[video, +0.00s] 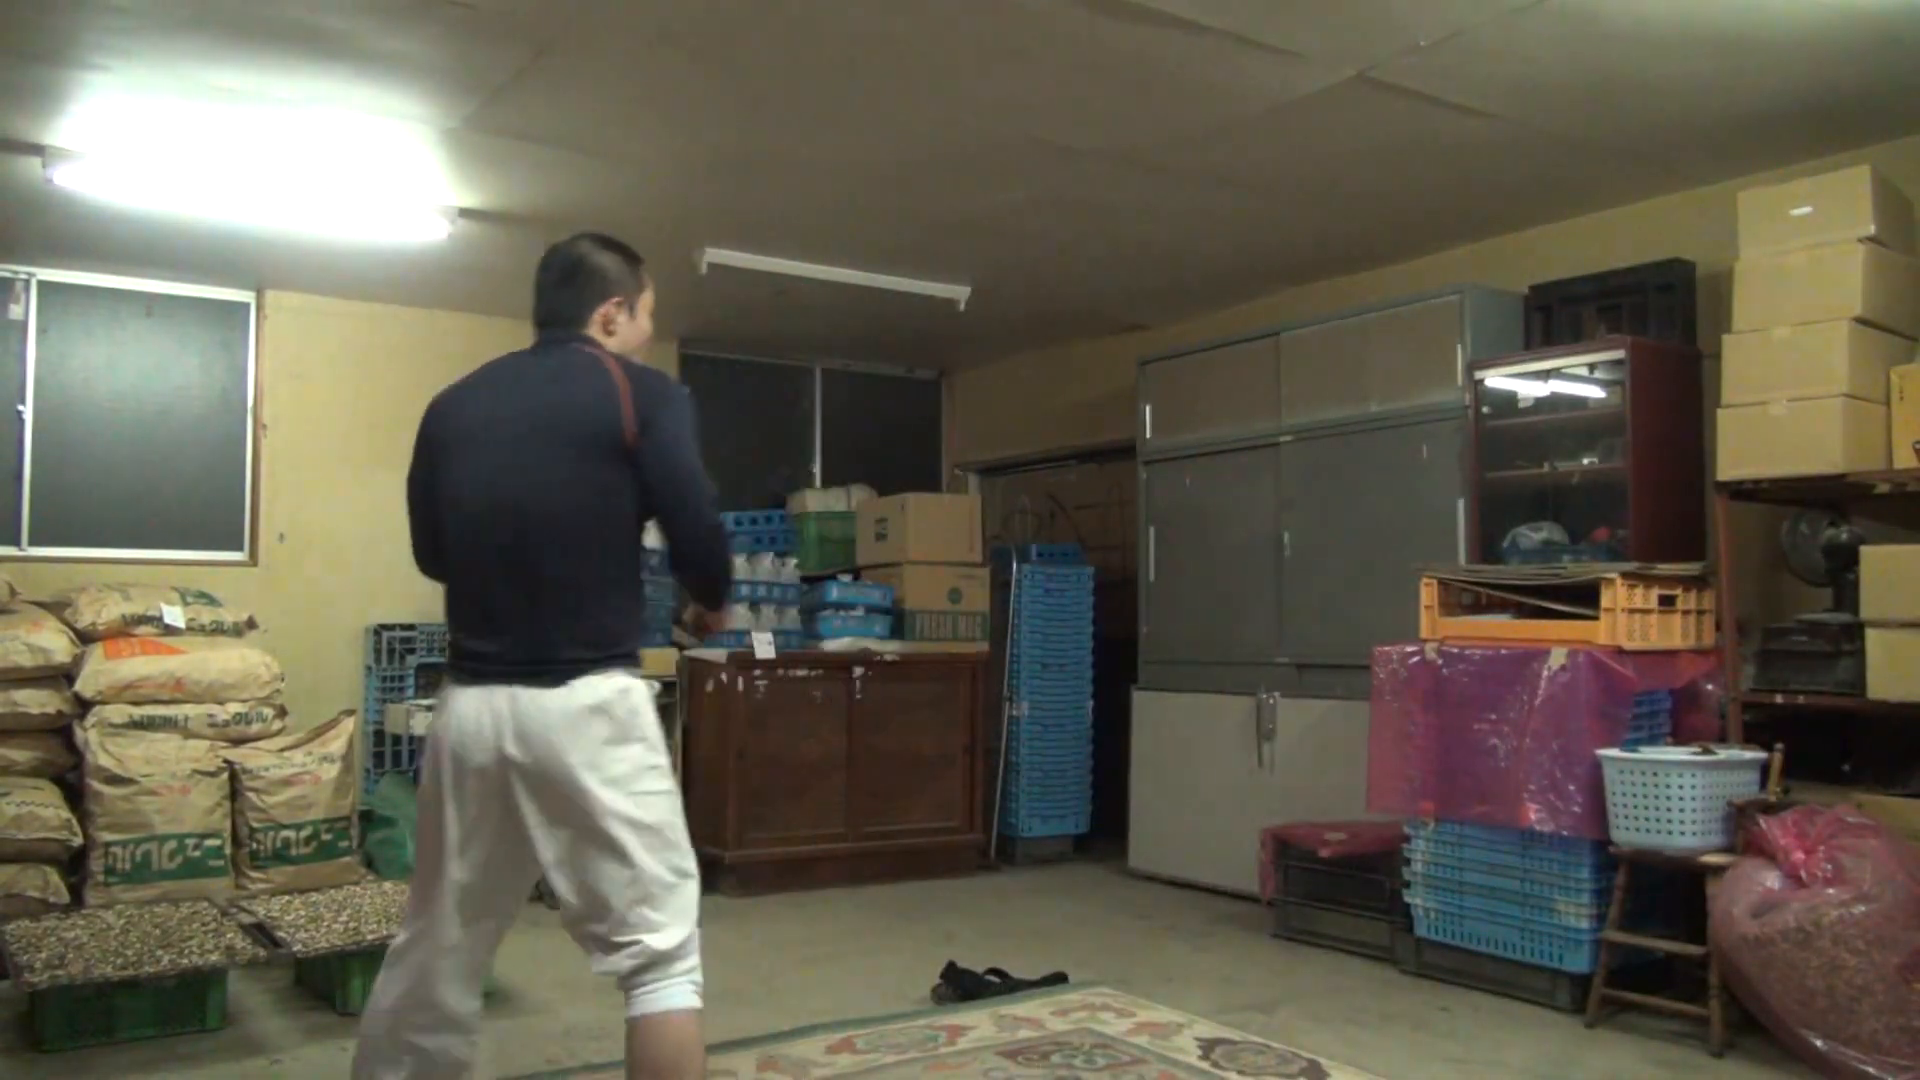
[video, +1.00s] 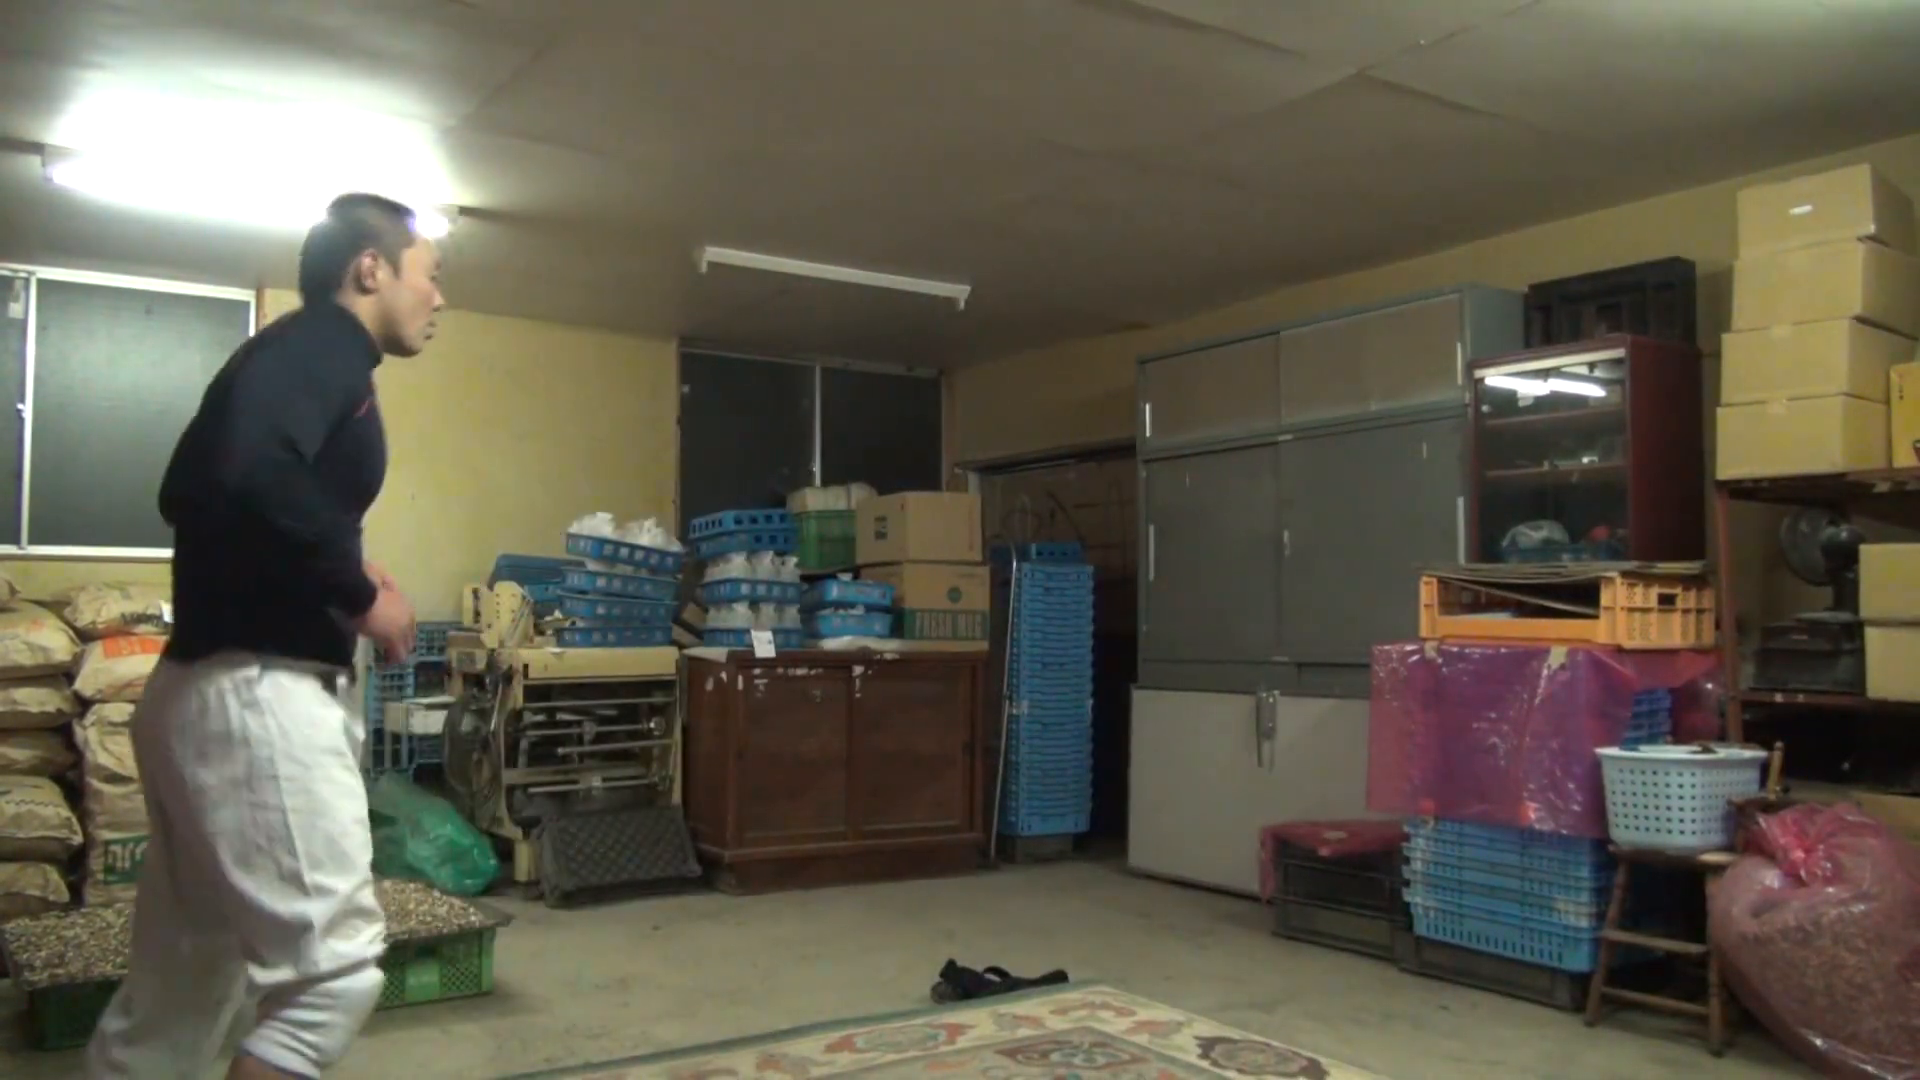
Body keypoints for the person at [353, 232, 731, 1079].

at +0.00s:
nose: (646, 332)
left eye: (646, 315)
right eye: (643, 315)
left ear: (545, 314)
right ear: (613, 315)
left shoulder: (454, 404)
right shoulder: (642, 391)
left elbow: (432, 553)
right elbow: (692, 522)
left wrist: (531, 559)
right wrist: (710, 601)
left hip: (468, 716)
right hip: (591, 715)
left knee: (436, 954)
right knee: (660, 961)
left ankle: (390, 1071)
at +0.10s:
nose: (613, 350)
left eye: (613, 332)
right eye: (608, 331)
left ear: (524, 332)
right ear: (564, 331)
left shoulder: (426, 419)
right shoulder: (572, 396)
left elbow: (415, 561)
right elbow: (596, 528)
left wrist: (547, 630)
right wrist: (658, 595)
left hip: (415, 716)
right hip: (524, 716)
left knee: (407, 966)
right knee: (620, 954)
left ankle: (381, 1072)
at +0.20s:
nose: (585, 348)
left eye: (586, 329)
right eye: (578, 328)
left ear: (501, 329)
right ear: (531, 325)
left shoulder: (416, 409)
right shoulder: (523, 390)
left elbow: (413, 555)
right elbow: (517, 522)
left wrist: (512, 645)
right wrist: (589, 611)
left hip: (378, 707)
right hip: (472, 707)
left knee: (387, 957)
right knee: (565, 942)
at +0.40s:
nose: (542, 336)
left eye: (543, 317)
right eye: (533, 314)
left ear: (461, 314)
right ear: (480, 310)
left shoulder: (380, 388)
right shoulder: (452, 370)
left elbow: (362, 539)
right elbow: (417, 499)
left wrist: (486, 603)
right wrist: (495, 613)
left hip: (339, 691)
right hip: (410, 691)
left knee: (353, 958)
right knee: (460, 943)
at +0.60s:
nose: (504, 338)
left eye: (507, 318)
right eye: (497, 315)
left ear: (423, 315)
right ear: (443, 309)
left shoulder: (328, 393)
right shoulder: (420, 377)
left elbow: (332, 555)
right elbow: (404, 521)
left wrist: (431, 629)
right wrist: (491, 632)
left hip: (281, 708)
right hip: (365, 712)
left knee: (301, 982)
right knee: (352, 982)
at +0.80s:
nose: (479, 312)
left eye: (481, 291)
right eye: (474, 287)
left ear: (384, 277)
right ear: (418, 273)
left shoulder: (278, 356)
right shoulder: (392, 340)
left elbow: (214, 499)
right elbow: (360, 467)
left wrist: (346, 555)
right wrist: (446, 590)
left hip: (221, 682)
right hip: (309, 688)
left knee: (226, 959)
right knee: (308, 971)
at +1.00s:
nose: (439, 295)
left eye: (437, 273)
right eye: (428, 271)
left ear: (358, 273)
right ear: (370, 270)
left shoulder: (268, 350)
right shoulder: (324, 344)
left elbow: (184, 494)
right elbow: (254, 468)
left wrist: (328, 577)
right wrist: (364, 589)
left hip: (201, 691)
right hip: (260, 698)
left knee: (180, 985)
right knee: (329, 973)